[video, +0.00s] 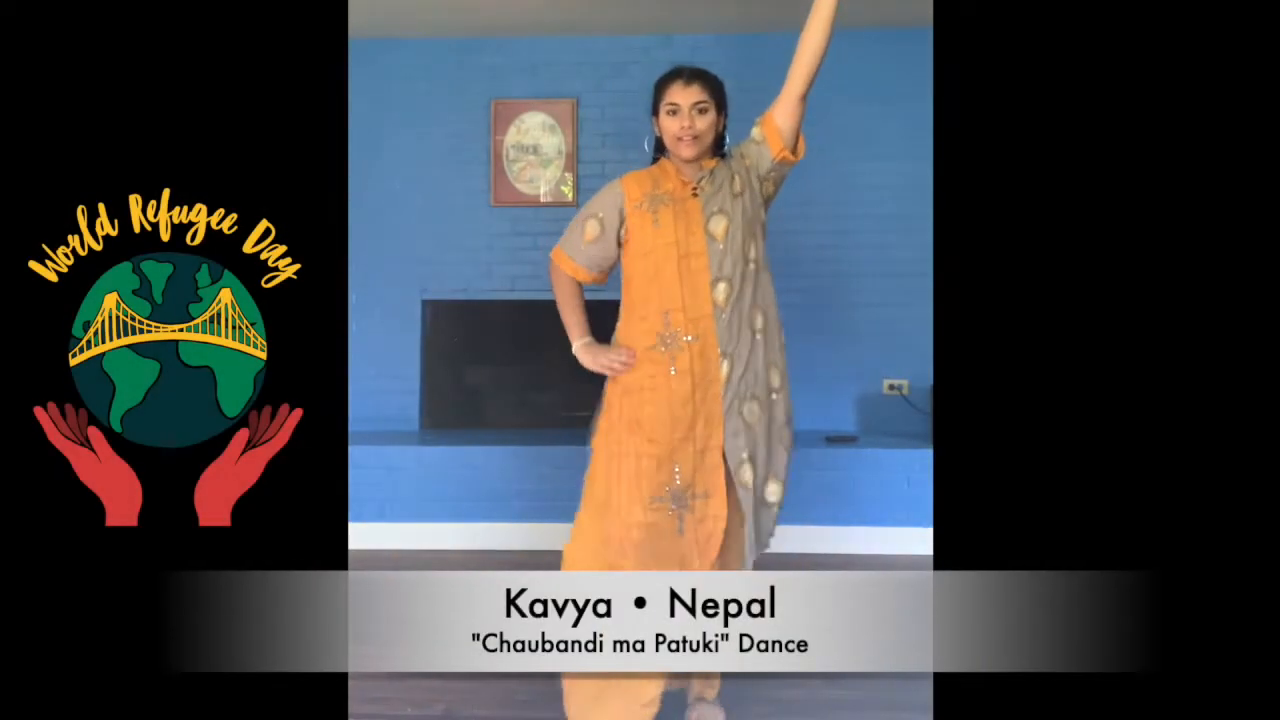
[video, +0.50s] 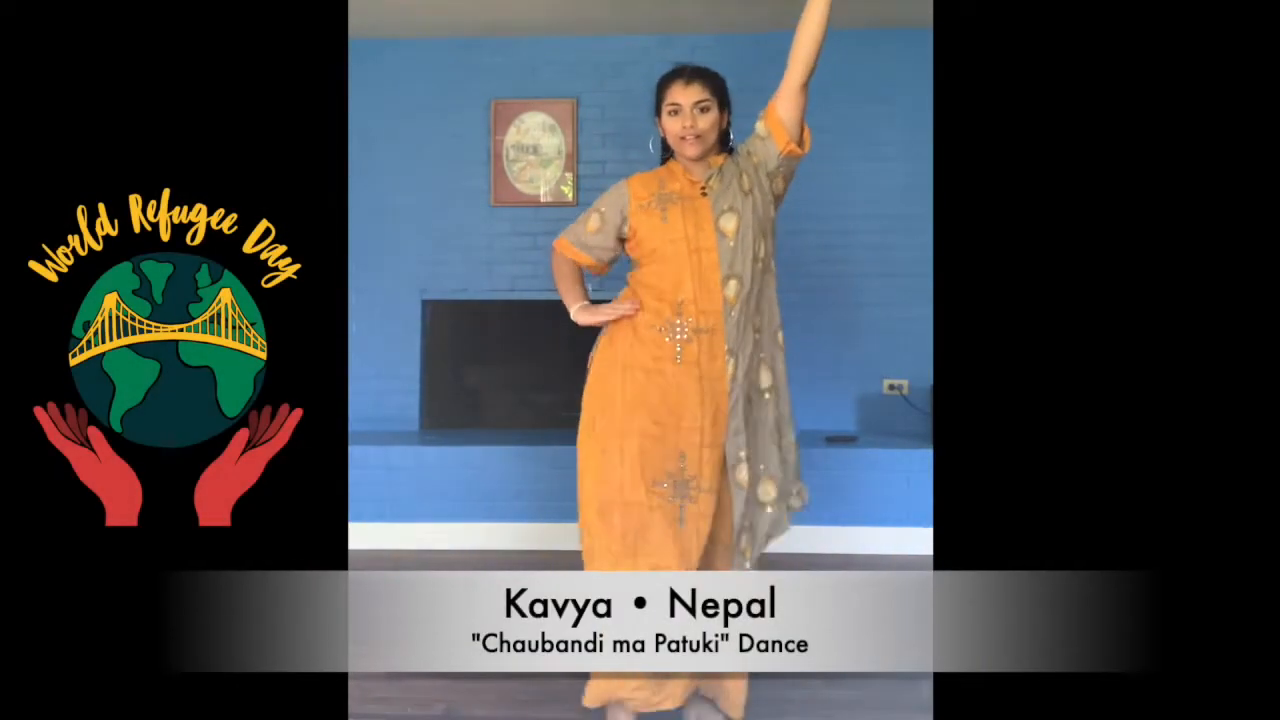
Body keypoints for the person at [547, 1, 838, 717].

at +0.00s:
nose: (686, 121)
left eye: (700, 109)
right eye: (673, 110)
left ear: (720, 120)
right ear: (656, 121)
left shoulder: (745, 180)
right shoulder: (631, 193)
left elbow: (796, 88)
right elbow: (565, 262)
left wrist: (827, 2)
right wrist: (583, 344)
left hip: (728, 387)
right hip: (646, 388)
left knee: (717, 541)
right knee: (628, 540)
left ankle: (705, 691)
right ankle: (619, 700)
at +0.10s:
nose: (686, 127)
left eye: (699, 115)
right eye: (673, 116)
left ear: (721, 126)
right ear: (657, 128)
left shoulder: (747, 187)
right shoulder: (631, 200)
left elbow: (798, 95)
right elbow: (569, 277)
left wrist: (830, 7)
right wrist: (588, 358)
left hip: (729, 403)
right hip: (648, 402)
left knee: (714, 553)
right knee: (637, 554)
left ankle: (697, 697)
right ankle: (625, 704)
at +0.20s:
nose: (685, 127)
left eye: (699, 114)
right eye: (673, 116)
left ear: (721, 125)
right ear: (657, 128)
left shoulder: (748, 185)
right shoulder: (632, 200)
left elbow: (800, 91)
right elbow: (572, 275)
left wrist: (831, 4)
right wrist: (590, 355)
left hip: (736, 398)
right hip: (651, 398)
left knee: (725, 552)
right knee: (639, 548)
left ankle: (705, 699)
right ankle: (636, 700)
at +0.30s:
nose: (686, 121)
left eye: (699, 109)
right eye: (673, 110)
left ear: (721, 118)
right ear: (657, 122)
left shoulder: (749, 180)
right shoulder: (634, 195)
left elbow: (798, 88)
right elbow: (571, 264)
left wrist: (828, 1)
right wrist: (587, 336)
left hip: (733, 393)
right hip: (649, 394)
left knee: (727, 556)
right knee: (640, 557)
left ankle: (717, 705)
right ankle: (645, 708)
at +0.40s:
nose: (687, 120)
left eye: (700, 106)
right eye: (674, 109)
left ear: (722, 115)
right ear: (658, 120)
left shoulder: (750, 177)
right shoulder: (634, 193)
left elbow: (797, 82)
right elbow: (567, 255)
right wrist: (578, 316)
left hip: (726, 388)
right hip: (642, 388)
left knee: (722, 551)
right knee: (640, 550)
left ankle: (724, 703)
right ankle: (644, 706)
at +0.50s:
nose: (687, 121)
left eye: (701, 109)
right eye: (674, 111)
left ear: (723, 117)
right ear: (660, 122)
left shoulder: (751, 179)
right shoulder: (636, 193)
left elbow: (796, 80)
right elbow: (566, 250)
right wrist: (579, 308)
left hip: (720, 373)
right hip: (636, 369)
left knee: (709, 523)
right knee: (634, 518)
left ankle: (704, 674)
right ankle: (632, 684)